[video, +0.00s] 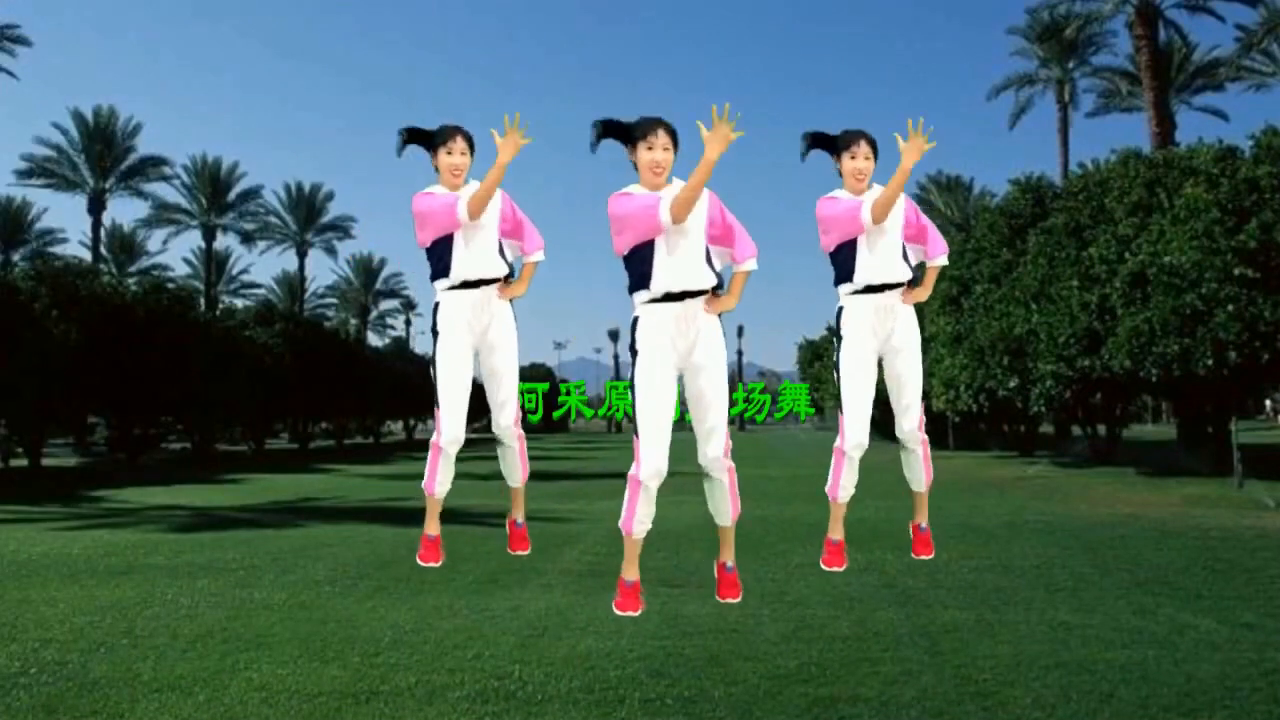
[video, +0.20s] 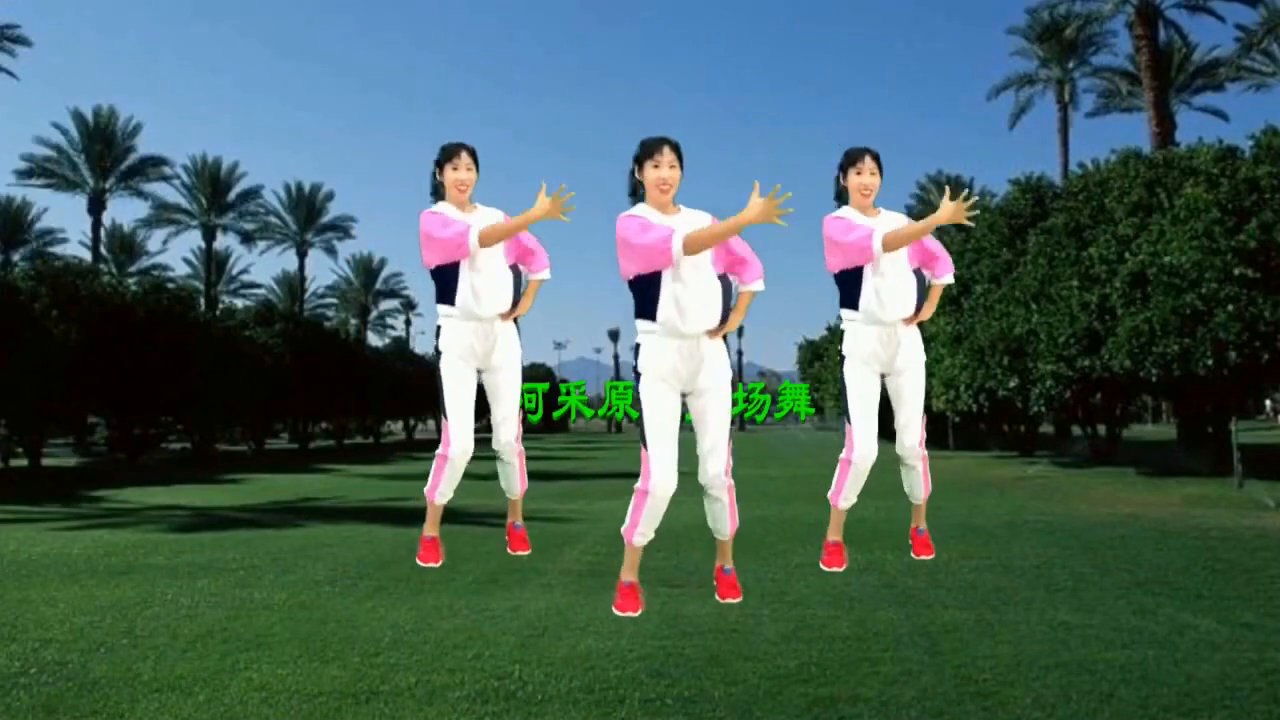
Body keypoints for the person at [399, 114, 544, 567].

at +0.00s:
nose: (457, 159)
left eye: (464, 153)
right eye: (449, 152)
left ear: (473, 160)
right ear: (434, 159)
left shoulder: (495, 198)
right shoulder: (426, 201)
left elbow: (532, 243)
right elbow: (472, 209)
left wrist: (521, 283)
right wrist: (502, 162)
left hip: (497, 304)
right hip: (454, 307)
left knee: (507, 421)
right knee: (451, 427)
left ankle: (517, 517)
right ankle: (431, 527)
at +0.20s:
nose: (463, 175)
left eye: (469, 169)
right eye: (455, 168)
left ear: (477, 176)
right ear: (440, 176)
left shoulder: (497, 218)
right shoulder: (433, 219)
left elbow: (539, 262)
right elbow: (478, 239)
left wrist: (521, 307)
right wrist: (534, 216)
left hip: (501, 333)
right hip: (457, 334)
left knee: (507, 437)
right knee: (458, 443)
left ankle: (516, 521)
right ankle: (431, 531)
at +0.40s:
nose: (459, 144)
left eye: (466, 137)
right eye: (451, 137)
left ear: (476, 144)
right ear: (438, 144)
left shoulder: (497, 189)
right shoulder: (427, 184)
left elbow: (528, 240)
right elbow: (445, 236)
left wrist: (512, 272)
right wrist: (492, 268)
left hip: (483, 300)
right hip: (439, 298)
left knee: (490, 417)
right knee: (434, 413)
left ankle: (482, 464)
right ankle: (423, 520)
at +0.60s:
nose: (453, 184)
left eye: (460, 177)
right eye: (445, 178)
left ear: (471, 184)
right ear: (434, 186)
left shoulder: (493, 234)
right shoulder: (424, 236)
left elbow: (519, 292)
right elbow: (387, 293)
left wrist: (496, 333)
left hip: (470, 343)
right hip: (427, 338)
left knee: (461, 455)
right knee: (427, 442)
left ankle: (430, 435)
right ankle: (424, 531)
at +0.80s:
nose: (461, 156)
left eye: (468, 149)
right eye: (453, 149)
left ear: (478, 158)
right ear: (441, 158)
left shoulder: (497, 207)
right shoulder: (422, 205)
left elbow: (530, 255)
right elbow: (372, 239)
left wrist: (506, 298)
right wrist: (402, 287)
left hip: (483, 319)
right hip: (438, 318)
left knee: (484, 428)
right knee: (438, 427)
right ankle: (426, 528)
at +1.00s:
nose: (474, 176)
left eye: (482, 170)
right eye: (466, 169)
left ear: (491, 178)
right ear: (454, 177)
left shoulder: (500, 223)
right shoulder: (433, 220)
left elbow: (536, 268)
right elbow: (397, 277)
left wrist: (512, 303)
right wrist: (419, 328)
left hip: (500, 329)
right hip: (456, 332)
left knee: (503, 435)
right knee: (471, 442)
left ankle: (487, 531)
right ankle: (450, 530)